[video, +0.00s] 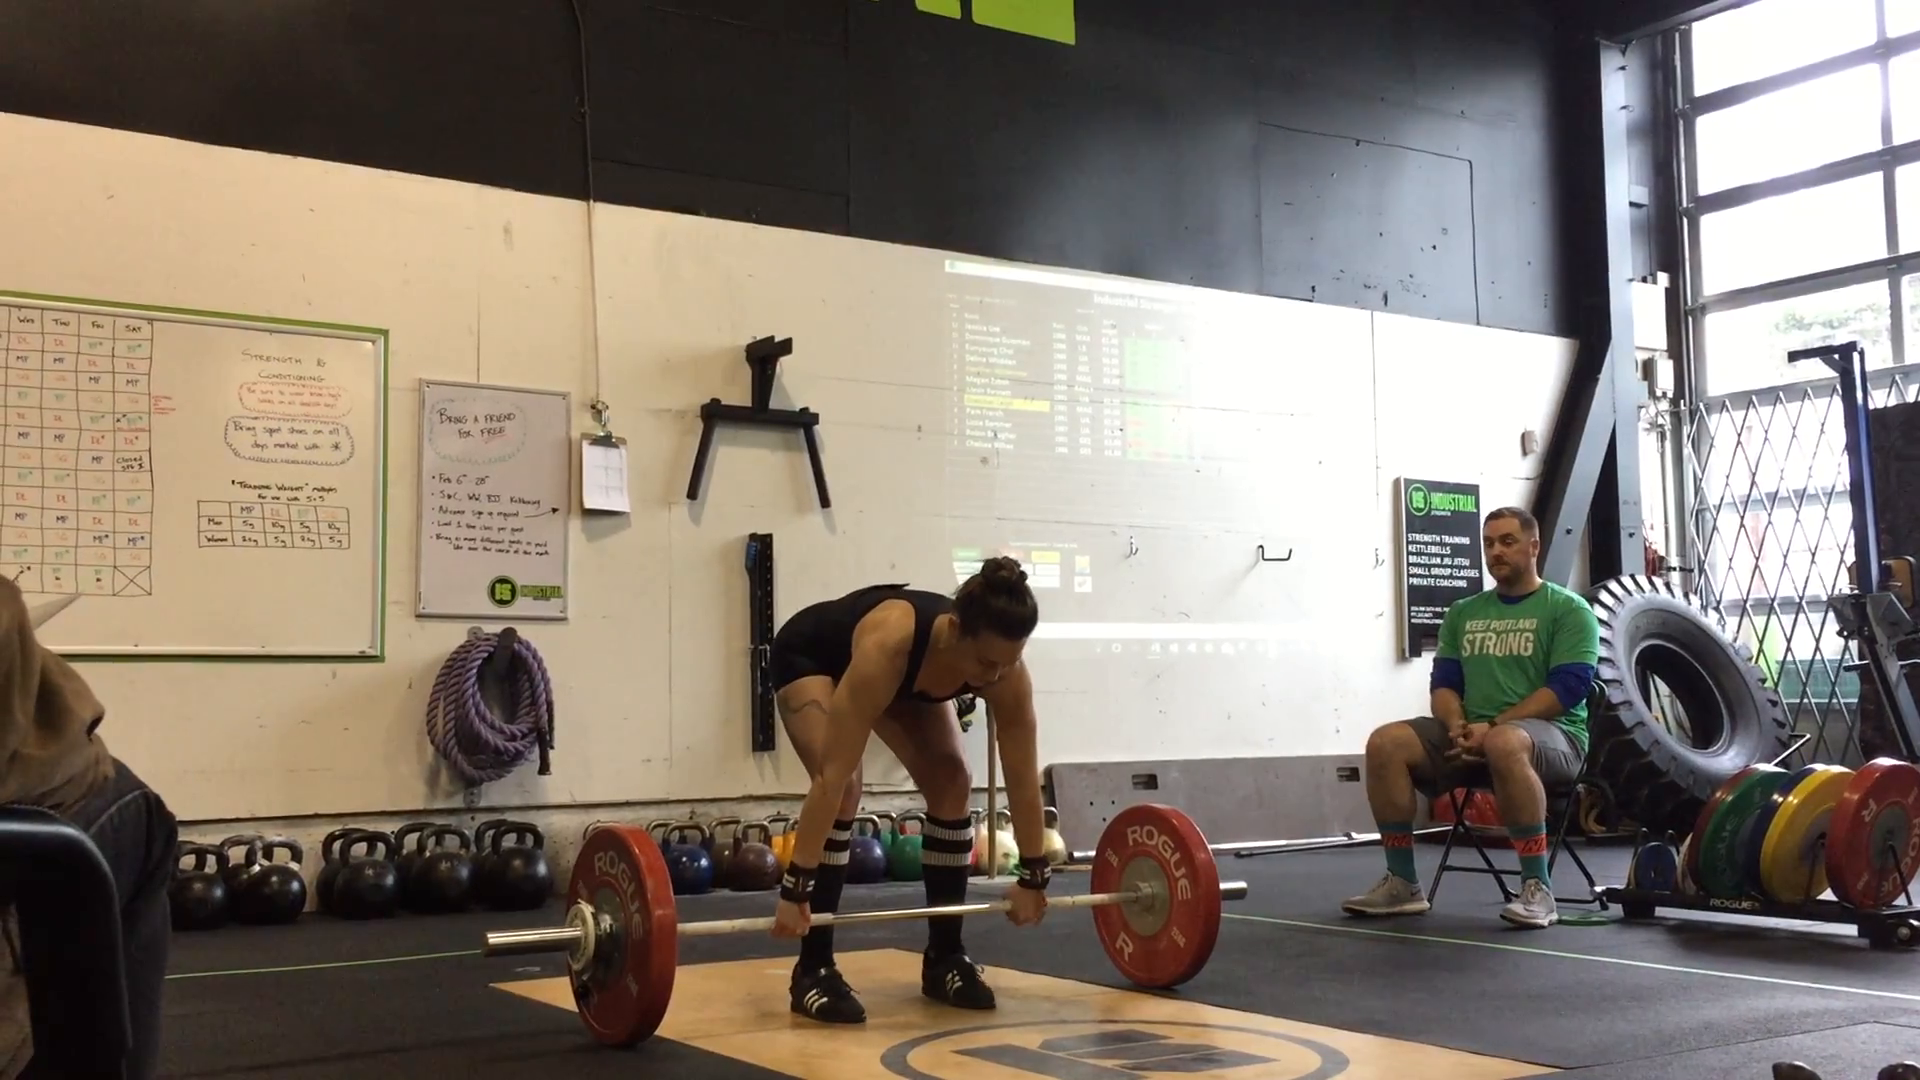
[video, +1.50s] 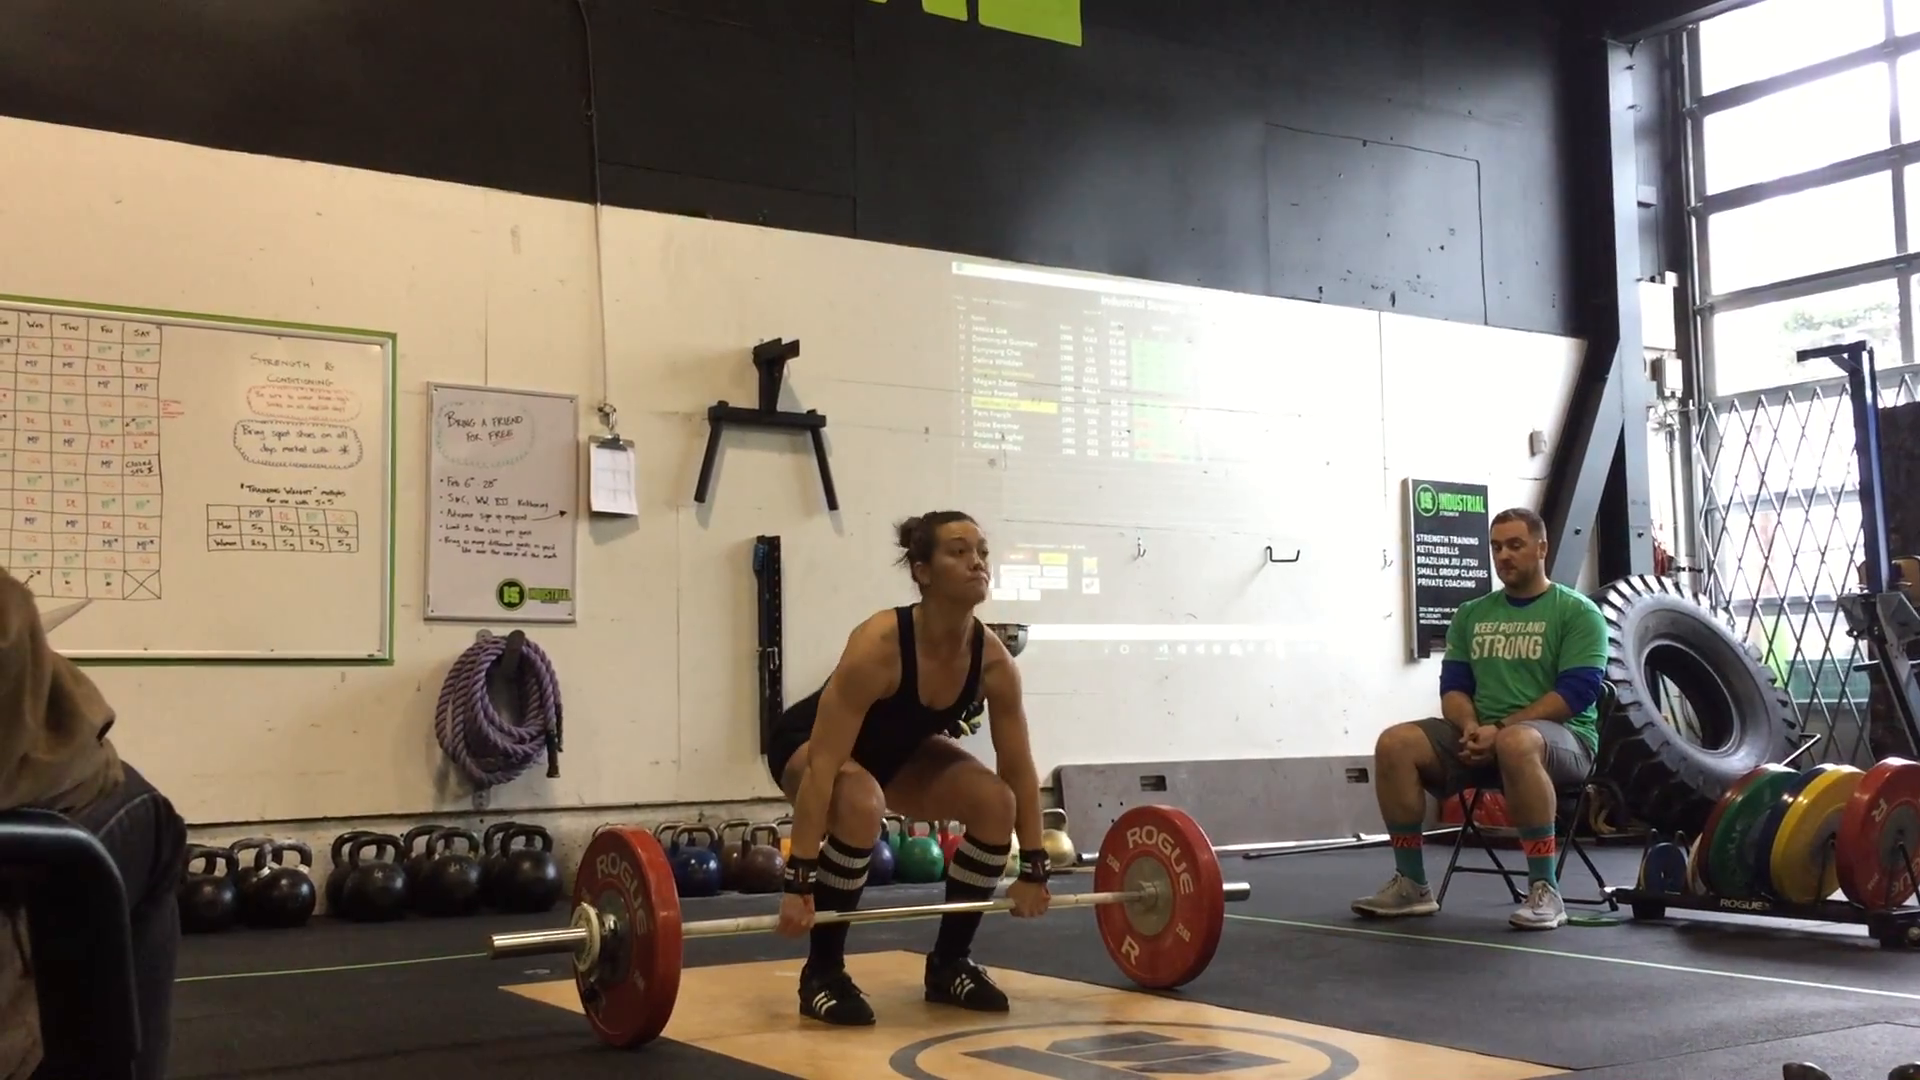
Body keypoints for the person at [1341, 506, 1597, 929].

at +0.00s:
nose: (1496, 551)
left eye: (1507, 541)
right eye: (1489, 543)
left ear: (1534, 546)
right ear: (1483, 551)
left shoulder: (1569, 609)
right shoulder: (1463, 613)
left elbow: (1569, 687)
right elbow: (1444, 684)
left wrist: (1495, 726)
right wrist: (1456, 725)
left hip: (1551, 734)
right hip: (1472, 735)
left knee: (1504, 743)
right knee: (1384, 744)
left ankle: (1536, 890)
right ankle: (1402, 884)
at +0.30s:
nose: (1499, 550)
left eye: (1511, 540)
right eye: (1493, 542)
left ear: (1539, 546)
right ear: (1487, 550)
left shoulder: (1572, 611)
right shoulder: (1465, 614)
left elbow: (1573, 690)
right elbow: (1447, 685)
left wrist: (1497, 729)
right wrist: (1462, 721)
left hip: (1554, 736)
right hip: (1474, 735)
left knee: (1509, 742)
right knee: (1388, 743)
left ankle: (1537, 891)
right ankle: (1402, 882)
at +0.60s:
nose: (1498, 554)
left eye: (1510, 544)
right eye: (1492, 545)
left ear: (1537, 549)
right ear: (1486, 552)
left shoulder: (1572, 613)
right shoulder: (1465, 615)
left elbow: (1571, 693)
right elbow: (1448, 687)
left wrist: (1496, 731)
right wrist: (1462, 724)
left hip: (1555, 737)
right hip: (1475, 737)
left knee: (1509, 743)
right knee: (1388, 745)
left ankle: (1538, 892)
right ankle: (1405, 885)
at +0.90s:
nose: (1498, 557)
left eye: (1509, 547)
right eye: (1491, 548)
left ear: (1537, 550)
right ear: (1485, 554)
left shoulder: (1572, 613)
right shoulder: (1465, 616)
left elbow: (1571, 695)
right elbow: (1448, 688)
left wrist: (1496, 732)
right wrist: (1463, 725)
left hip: (1556, 738)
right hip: (1476, 738)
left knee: (1510, 742)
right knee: (1388, 746)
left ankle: (1539, 893)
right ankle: (1406, 886)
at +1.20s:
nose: (1500, 555)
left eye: (1511, 545)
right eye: (1493, 547)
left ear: (1539, 549)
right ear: (1488, 553)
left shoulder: (1575, 612)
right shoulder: (1468, 614)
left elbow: (1575, 692)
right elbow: (1451, 688)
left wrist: (1499, 731)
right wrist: (1467, 725)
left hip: (1558, 737)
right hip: (1478, 737)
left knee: (1513, 743)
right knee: (1391, 745)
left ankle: (1541, 892)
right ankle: (1409, 885)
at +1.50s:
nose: (1503, 555)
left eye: (1514, 545)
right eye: (1497, 546)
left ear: (1542, 549)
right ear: (1491, 552)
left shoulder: (1577, 612)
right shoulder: (1470, 615)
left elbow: (1577, 693)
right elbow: (1454, 688)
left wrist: (1502, 731)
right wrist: (1469, 724)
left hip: (1561, 736)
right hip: (1482, 736)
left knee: (1516, 742)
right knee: (1394, 744)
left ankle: (1544, 892)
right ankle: (1412, 885)